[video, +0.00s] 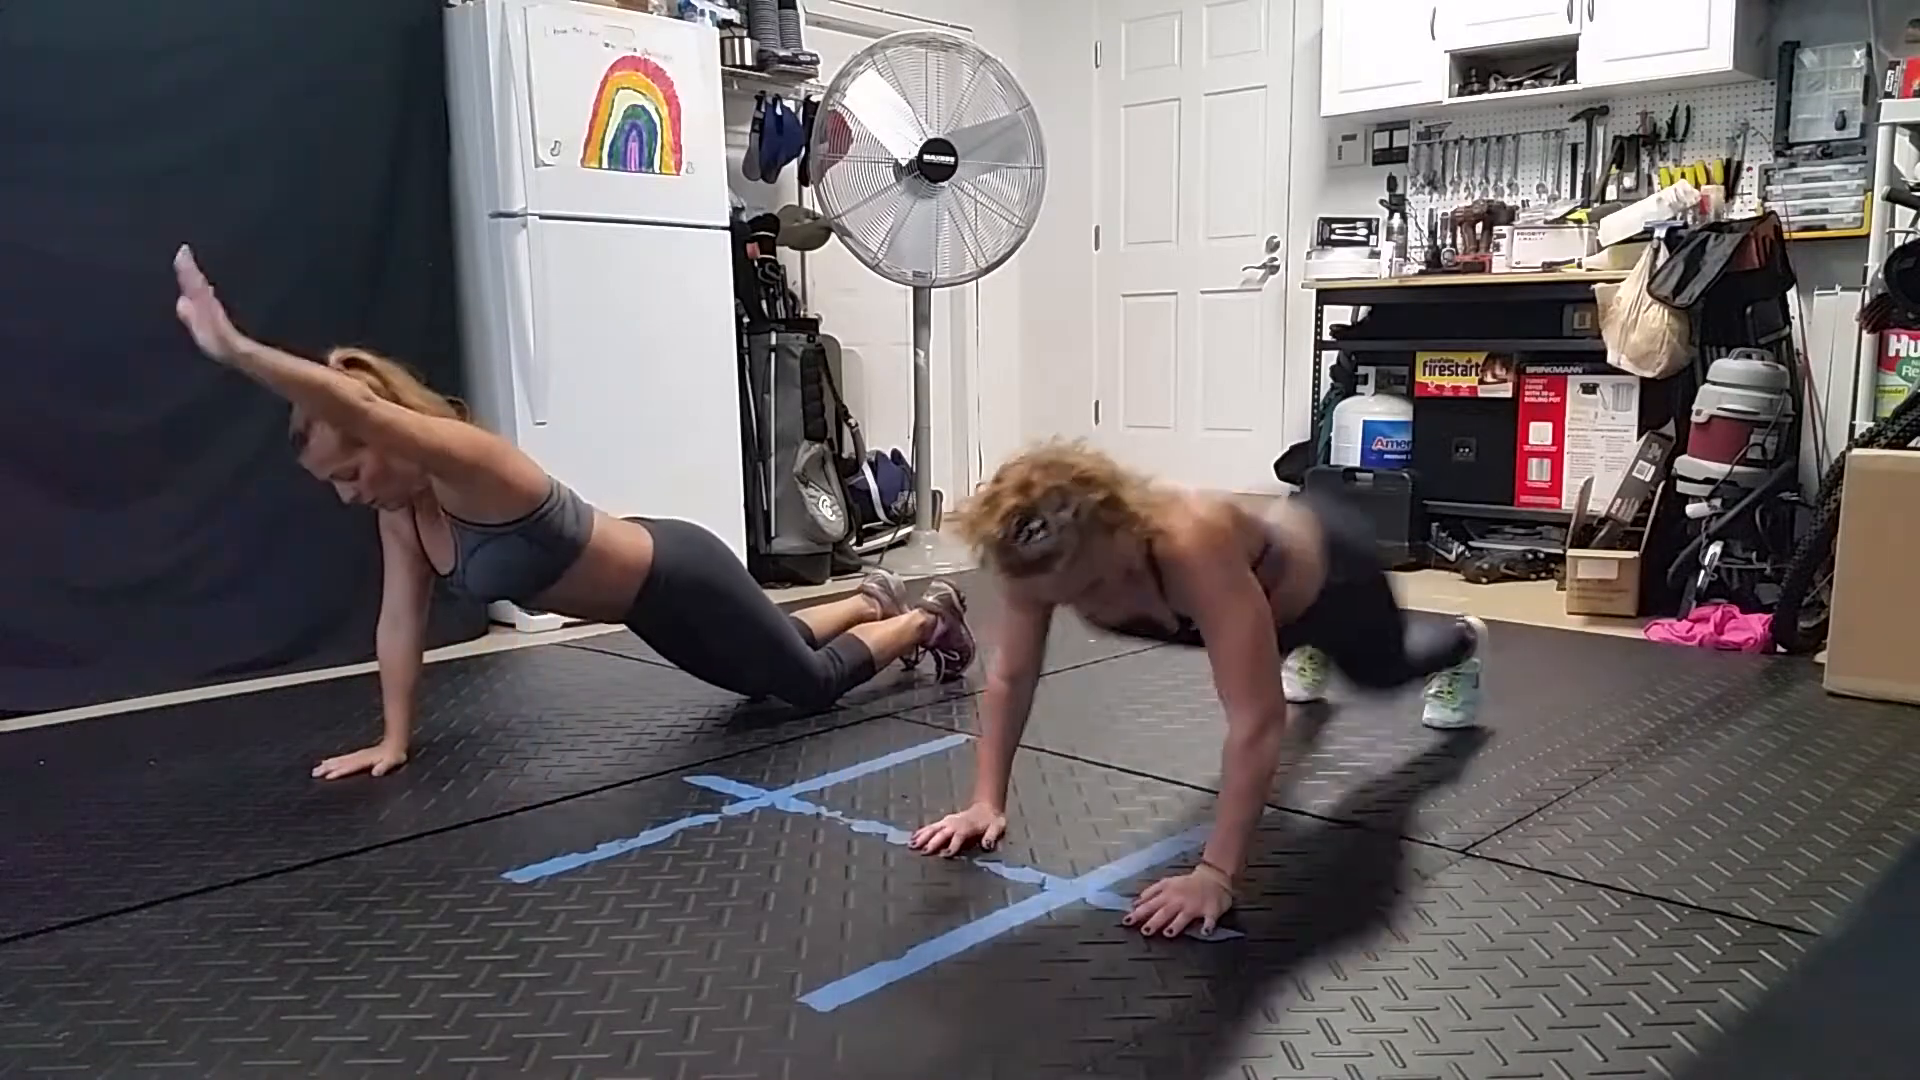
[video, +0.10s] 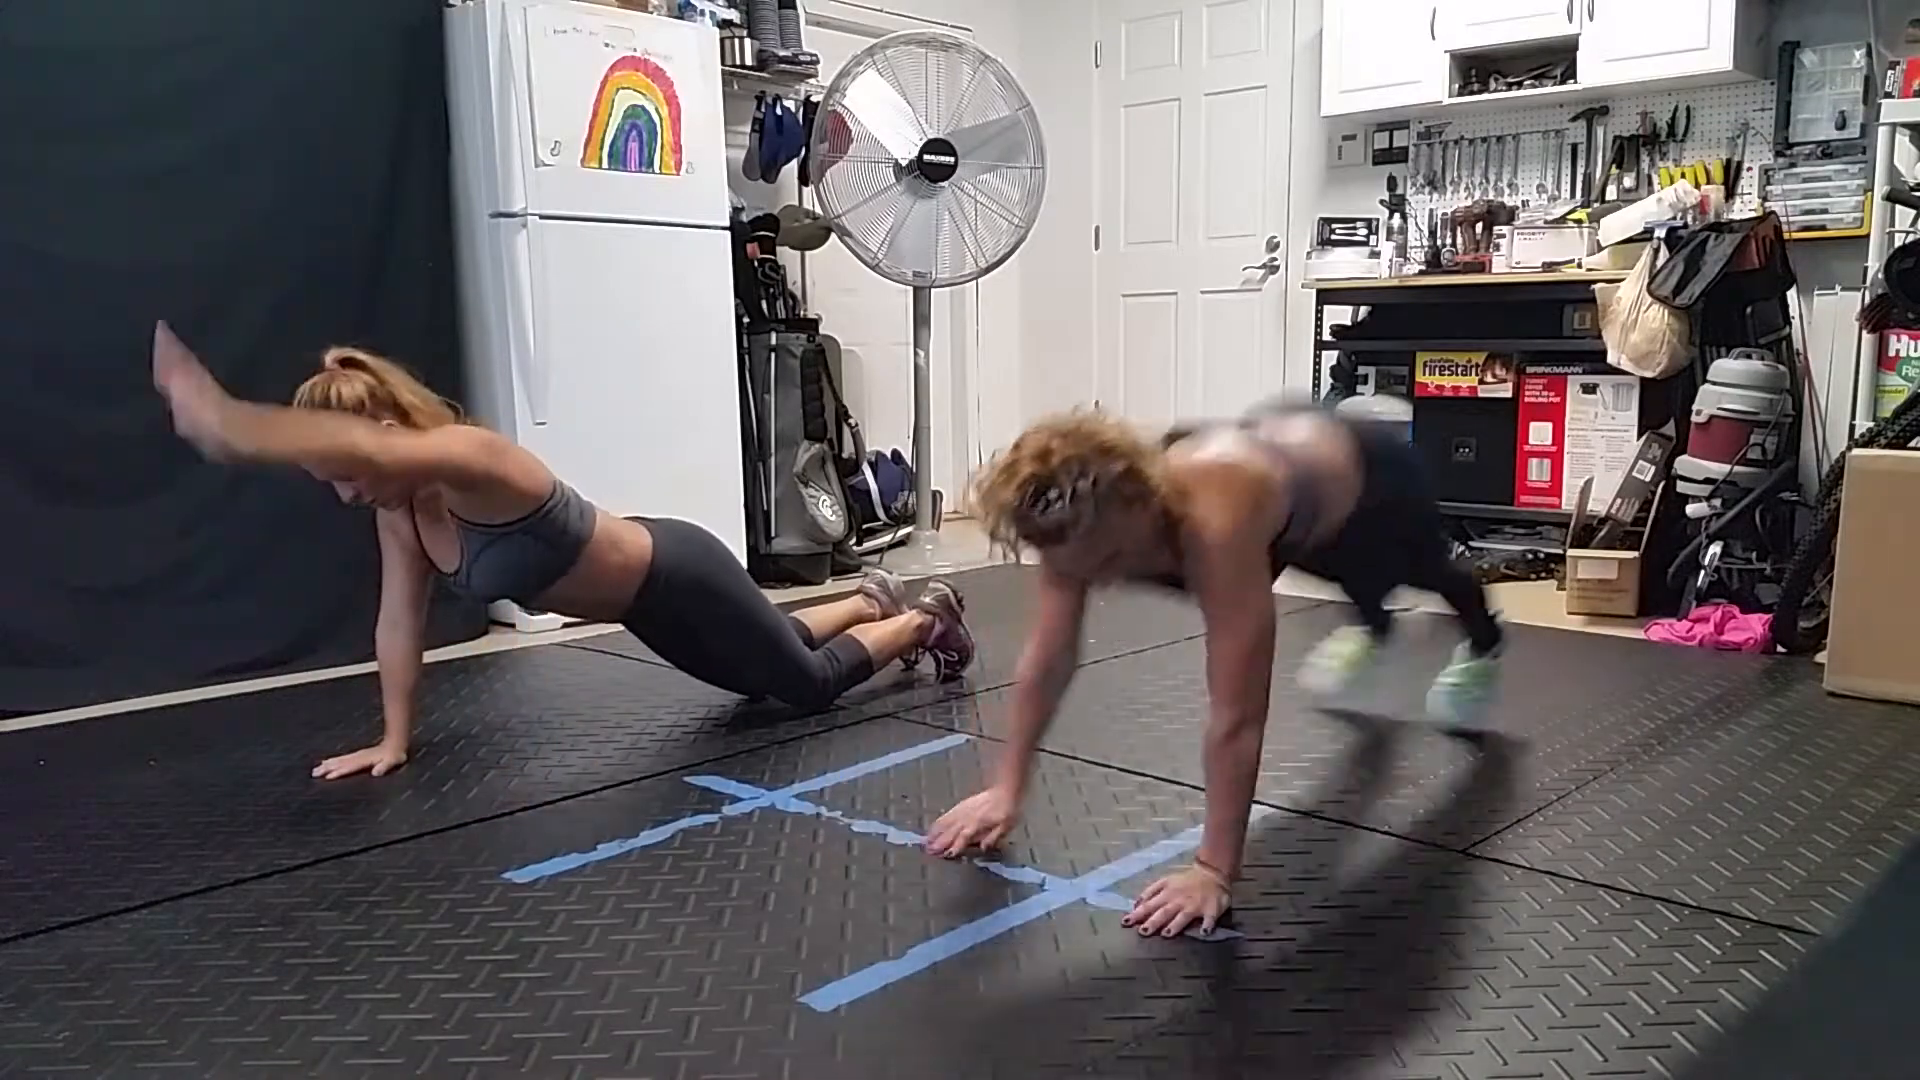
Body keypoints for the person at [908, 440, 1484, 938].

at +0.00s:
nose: (1100, 609)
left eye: (1102, 584)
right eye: (1076, 598)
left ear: (1122, 537)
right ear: (1041, 576)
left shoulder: (1194, 540)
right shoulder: (1034, 560)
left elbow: (1258, 721)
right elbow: (1010, 676)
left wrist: (1216, 873)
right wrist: (985, 802)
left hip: (1331, 580)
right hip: (1244, 596)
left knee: (1383, 662)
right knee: (1271, 648)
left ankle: (1460, 639)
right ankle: (1308, 663)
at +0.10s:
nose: (1081, 574)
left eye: (1088, 554)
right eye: (1067, 562)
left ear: (1124, 510)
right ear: (1051, 542)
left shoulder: (1220, 510)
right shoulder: (1075, 528)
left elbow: (1238, 719)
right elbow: (1047, 663)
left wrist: (1215, 869)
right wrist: (1005, 788)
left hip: (1369, 469)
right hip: (1292, 484)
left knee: (1433, 569)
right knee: (1352, 573)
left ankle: (1487, 639)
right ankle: (1378, 624)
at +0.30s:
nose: (1156, 581)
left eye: (1160, 559)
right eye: (1136, 570)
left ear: (1201, 513)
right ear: (1121, 546)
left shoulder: (1294, 503)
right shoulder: (1135, 535)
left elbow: (1396, 711)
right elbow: (1169, 694)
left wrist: (1430, 914)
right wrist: (1184, 855)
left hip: (1425, 455)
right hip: (1350, 475)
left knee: (1540, 567)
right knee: (1472, 574)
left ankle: (1637, 645)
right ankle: (1549, 628)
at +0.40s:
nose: (1172, 672)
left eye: (1179, 651)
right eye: (1158, 661)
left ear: (1217, 598)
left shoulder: (1333, 570)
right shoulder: (1170, 600)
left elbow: (1457, 760)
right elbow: (1186, 713)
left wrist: (1466, 944)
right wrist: (1186, 857)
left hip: (1470, 549)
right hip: (1393, 536)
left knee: (1595, 628)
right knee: (1527, 631)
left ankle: (1699, 676)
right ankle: (1601, 668)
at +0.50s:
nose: (1208, 733)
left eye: (1210, 716)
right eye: (1189, 730)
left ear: (1233, 670)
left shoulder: (1347, 628)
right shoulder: (1208, 640)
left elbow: (1493, 769)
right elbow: (1200, 736)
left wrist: (1470, 946)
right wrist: (1187, 856)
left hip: (1505, 623)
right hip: (1424, 617)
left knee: (1607, 662)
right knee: (1541, 668)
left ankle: (1702, 669)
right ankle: (1596, 701)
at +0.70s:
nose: (1168, 910)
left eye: (1177, 903)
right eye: (1151, 902)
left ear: (1228, 856)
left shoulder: (1352, 798)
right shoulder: (1196, 718)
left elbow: (1539, 792)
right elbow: (1243, 689)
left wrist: (1471, 950)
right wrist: (1178, 852)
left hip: (1521, 721)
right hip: (1429, 674)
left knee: (1630, 705)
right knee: (1560, 663)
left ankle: (1719, 670)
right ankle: (1644, 644)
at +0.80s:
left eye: (1205, 956)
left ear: (1233, 916)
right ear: (1166, 805)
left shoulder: (1357, 847)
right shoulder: (1181, 763)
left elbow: (1549, 795)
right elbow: (1219, 697)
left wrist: (1473, 951)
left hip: (1524, 741)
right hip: (1430, 701)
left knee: (1627, 714)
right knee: (1546, 681)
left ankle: (1710, 669)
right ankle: (1635, 646)